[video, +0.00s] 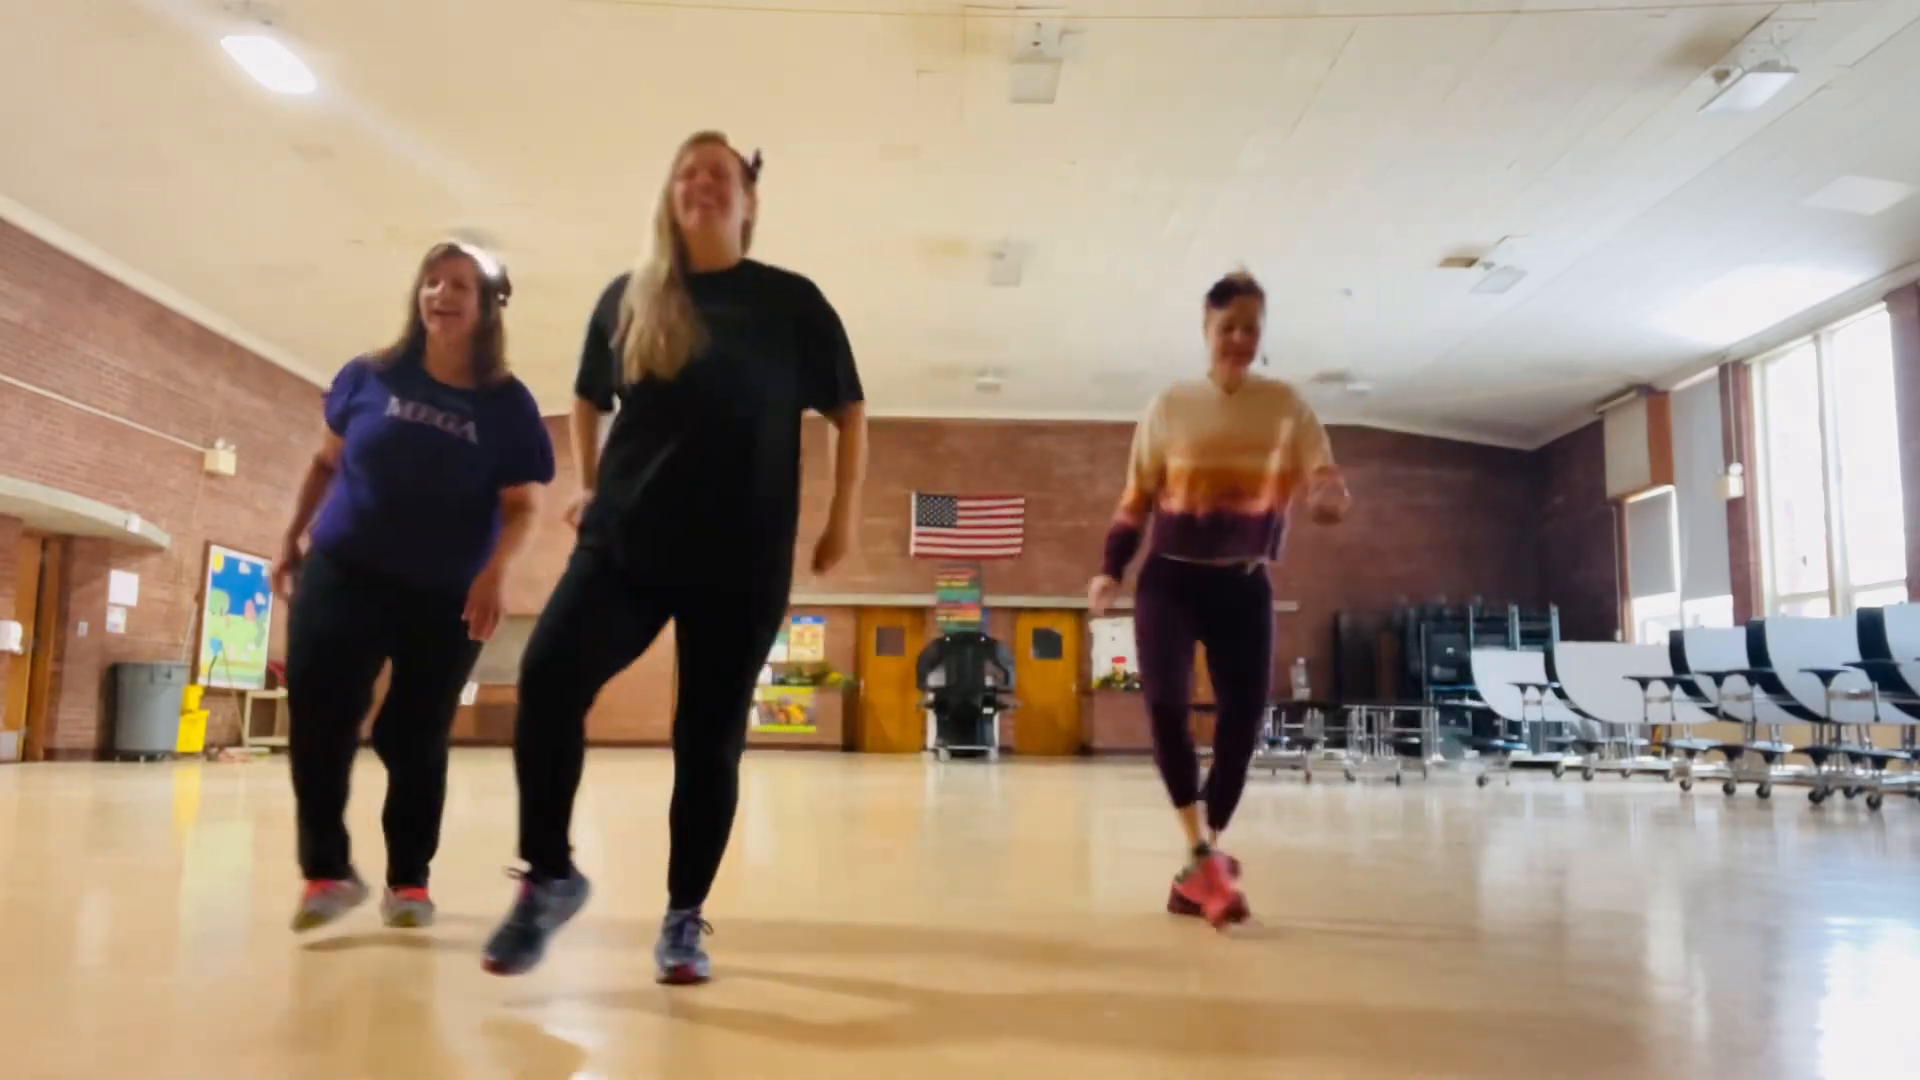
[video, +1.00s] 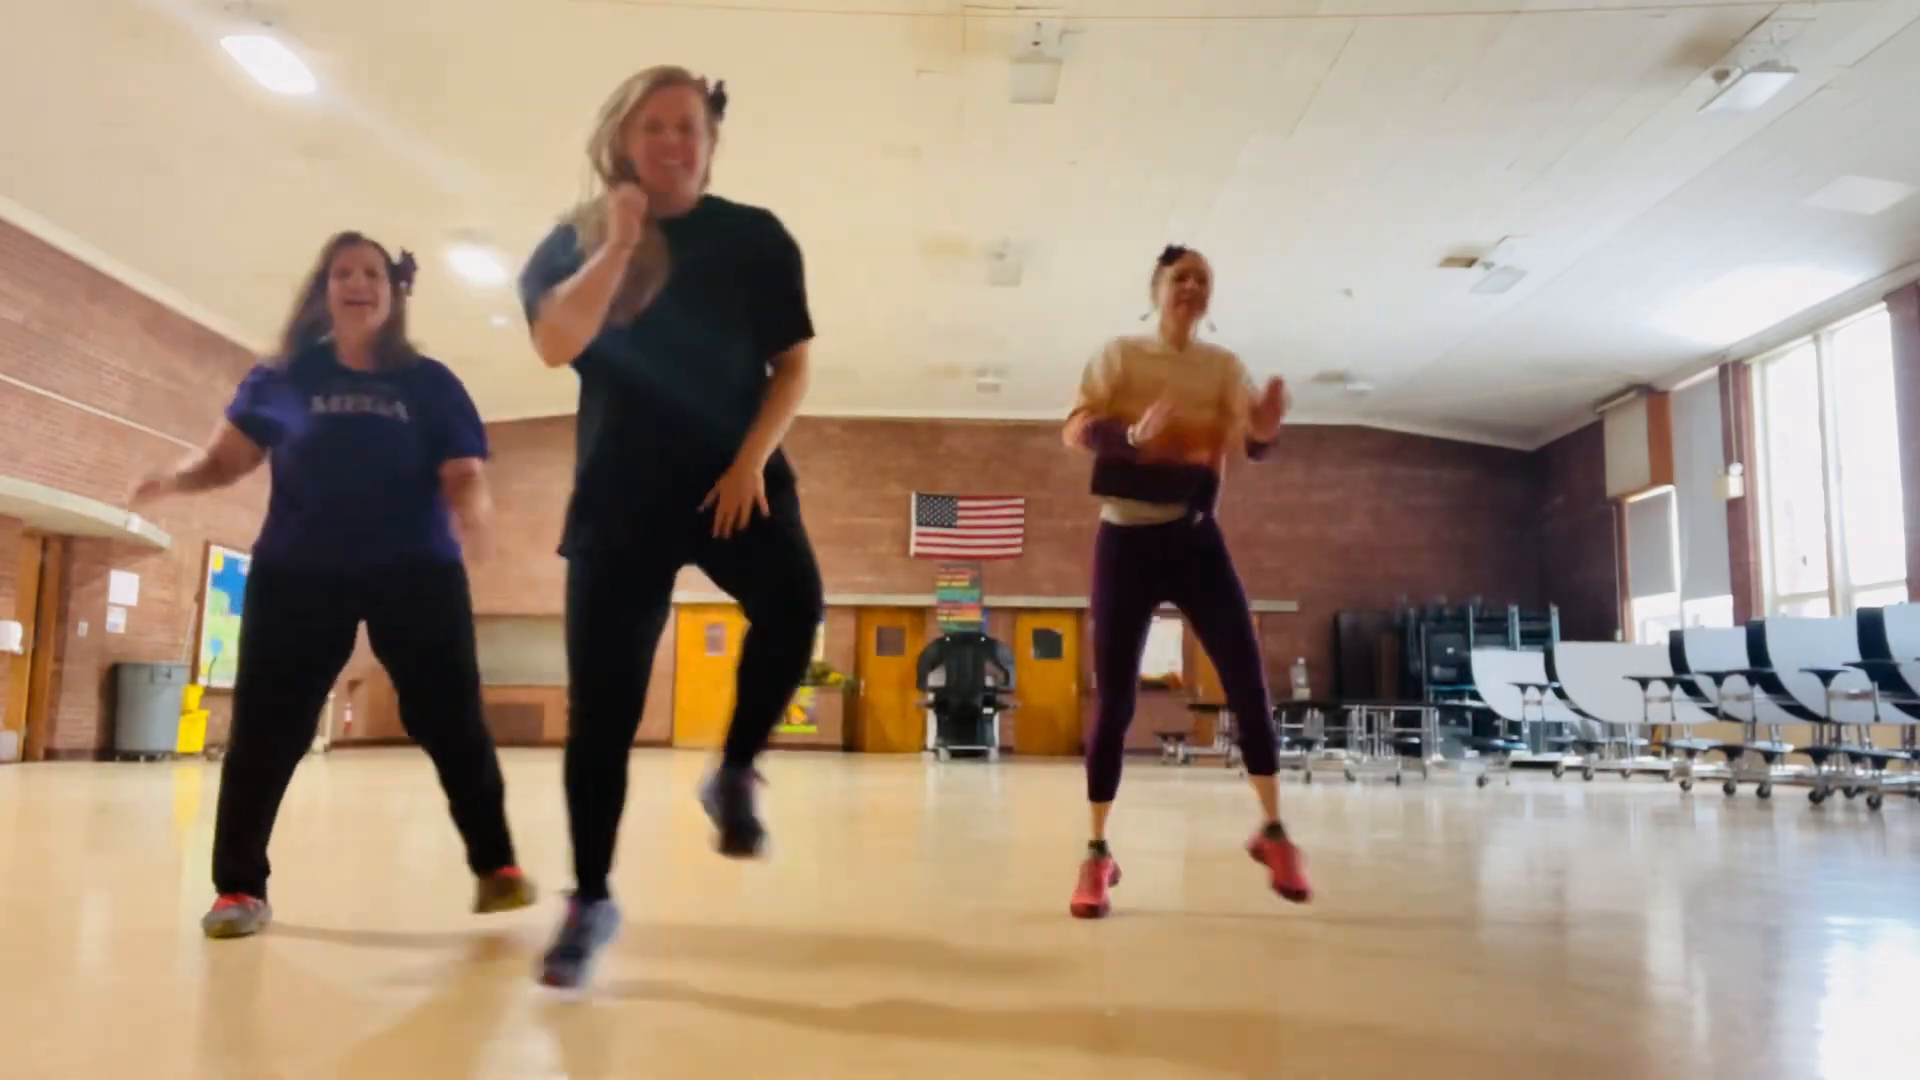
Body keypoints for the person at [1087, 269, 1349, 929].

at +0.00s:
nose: (1241, 339)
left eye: (1251, 328)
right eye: (1229, 326)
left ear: (1264, 333)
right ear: (1206, 327)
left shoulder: (1287, 407)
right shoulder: (1169, 407)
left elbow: (1328, 503)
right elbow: (1136, 502)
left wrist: (1329, 500)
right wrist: (1110, 570)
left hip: (1243, 583)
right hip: (1168, 579)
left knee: (1241, 723)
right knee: (1166, 710)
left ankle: (1198, 866)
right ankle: (1204, 855)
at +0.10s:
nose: (1211, 327)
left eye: (1222, 315)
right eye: (1200, 315)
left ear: (1235, 321)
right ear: (1178, 318)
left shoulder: (1263, 395)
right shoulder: (1144, 397)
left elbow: (1308, 478)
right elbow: (1106, 484)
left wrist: (1300, 542)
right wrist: (1069, 545)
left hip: (1225, 571)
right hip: (1153, 567)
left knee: (1216, 722)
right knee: (1134, 699)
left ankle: (1192, 870)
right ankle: (1139, 840)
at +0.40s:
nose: (1146, 333)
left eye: (1155, 324)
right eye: (1135, 322)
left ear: (1167, 337)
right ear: (1113, 332)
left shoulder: (1187, 417)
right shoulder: (1075, 413)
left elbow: (1225, 495)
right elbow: (1032, 487)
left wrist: (1259, 518)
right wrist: (1038, 533)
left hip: (1163, 590)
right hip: (1089, 589)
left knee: (1222, 718)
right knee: (1083, 735)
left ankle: (1200, 859)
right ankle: (1072, 868)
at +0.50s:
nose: (1137, 316)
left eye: (1147, 307)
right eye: (1127, 305)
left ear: (1159, 319)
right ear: (1105, 316)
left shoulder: (1182, 396)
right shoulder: (1075, 386)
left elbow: (1228, 473)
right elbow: (1035, 464)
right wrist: (1068, 444)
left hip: (1158, 568)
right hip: (1086, 569)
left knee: (1226, 689)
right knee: (1081, 724)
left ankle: (1176, 781)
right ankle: (1072, 861)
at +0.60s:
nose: (1137, 288)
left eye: (1147, 280)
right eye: (1127, 278)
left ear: (1158, 293)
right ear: (1105, 288)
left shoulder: (1180, 365)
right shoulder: (1077, 359)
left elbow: (1215, 445)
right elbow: (1052, 442)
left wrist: (1212, 365)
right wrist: (1090, 380)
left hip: (1160, 534)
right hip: (1090, 536)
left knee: (1210, 673)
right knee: (1090, 695)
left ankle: (1152, 701)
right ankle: (1082, 849)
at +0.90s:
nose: (1165, 311)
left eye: (1174, 304)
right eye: (1154, 301)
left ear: (1184, 319)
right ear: (1130, 315)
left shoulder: (1199, 389)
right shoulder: (1096, 384)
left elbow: (1230, 473)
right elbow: (1058, 455)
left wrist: (1215, 422)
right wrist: (1130, 439)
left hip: (1177, 565)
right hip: (1106, 567)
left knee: (1230, 698)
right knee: (1104, 722)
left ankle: (1213, 772)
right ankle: (1102, 862)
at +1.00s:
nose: (1190, 289)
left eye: (1200, 281)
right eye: (1180, 279)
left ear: (1209, 296)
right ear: (1156, 290)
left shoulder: (1224, 367)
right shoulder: (1120, 356)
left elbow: (1247, 451)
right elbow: (1077, 433)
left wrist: (1264, 430)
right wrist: (1130, 433)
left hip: (1196, 541)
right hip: (1125, 541)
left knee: (1248, 685)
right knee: (1115, 701)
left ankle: (1273, 830)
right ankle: (1096, 850)